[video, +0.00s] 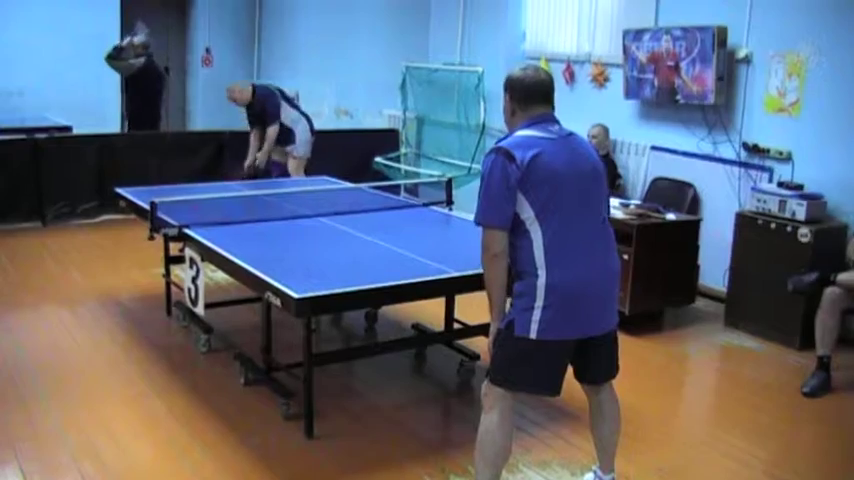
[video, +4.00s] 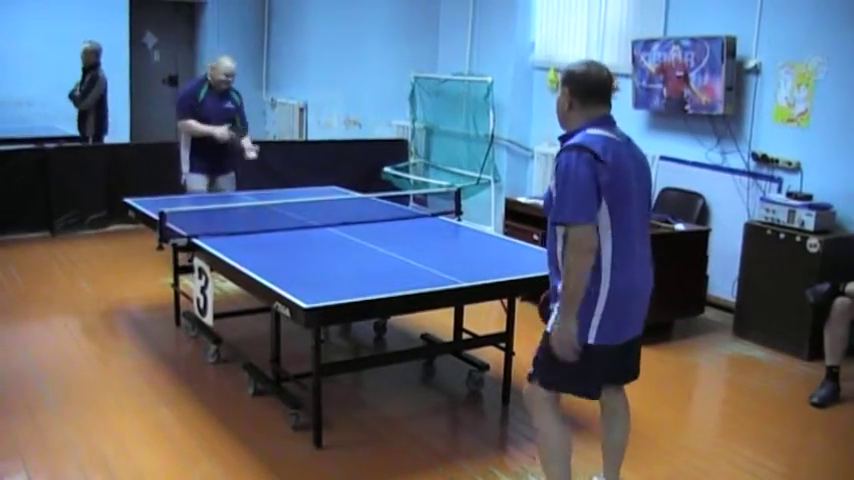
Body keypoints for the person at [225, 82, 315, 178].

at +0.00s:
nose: (236, 104)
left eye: (235, 100)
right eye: (234, 102)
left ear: (239, 91)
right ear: (239, 92)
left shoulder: (267, 95)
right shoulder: (250, 104)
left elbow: (273, 127)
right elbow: (255, 131)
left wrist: (264, 153)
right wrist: (250, 157)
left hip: (300, 128)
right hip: (280, 131)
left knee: (295, 169)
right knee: (276, 168)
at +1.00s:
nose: (231, 66)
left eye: (235, 62)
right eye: (228, 62)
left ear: (242, 64)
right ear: (224, 65)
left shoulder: (253, 86)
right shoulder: (217, 88)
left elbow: (262, 119)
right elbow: (212, 120)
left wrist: (253, 147)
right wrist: (203, 147)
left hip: (250, 147)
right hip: (224, 147)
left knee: (258, 193)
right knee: (215, 190)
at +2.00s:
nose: (213, 62)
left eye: (217, 59)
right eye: (209, 58)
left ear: (221, 63)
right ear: (201, 61)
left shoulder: (229, 92)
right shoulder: (183, 88)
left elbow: (237, 125)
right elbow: (173, 117)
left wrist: (232, 155)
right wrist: (173, 152)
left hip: (217, 159)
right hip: (186, 157)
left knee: (219, 208)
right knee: (177, 207)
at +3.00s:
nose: (159, 73)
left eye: (162, 67)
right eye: (153, 69)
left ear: (169, 67)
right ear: (146, 74)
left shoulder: (187, 91)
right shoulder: (140, 100)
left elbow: (197, 127)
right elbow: (135, 136)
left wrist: (188, 161)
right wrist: (134, 171)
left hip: (192, 159)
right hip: (161, 164)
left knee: (195, 212)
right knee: (167, 215)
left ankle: (200, 261)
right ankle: (175, 261)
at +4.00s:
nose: (230, 80)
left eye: (232, 76)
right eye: (226, 75)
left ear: (235, 76)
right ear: (212, 71)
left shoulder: (234, 96)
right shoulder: (192, 92)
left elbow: (242, 129)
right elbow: (184, 123)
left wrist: (247, 145)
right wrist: (214, 131)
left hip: (226, 165)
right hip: (197, 166)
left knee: (227, 212)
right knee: (197, 212)